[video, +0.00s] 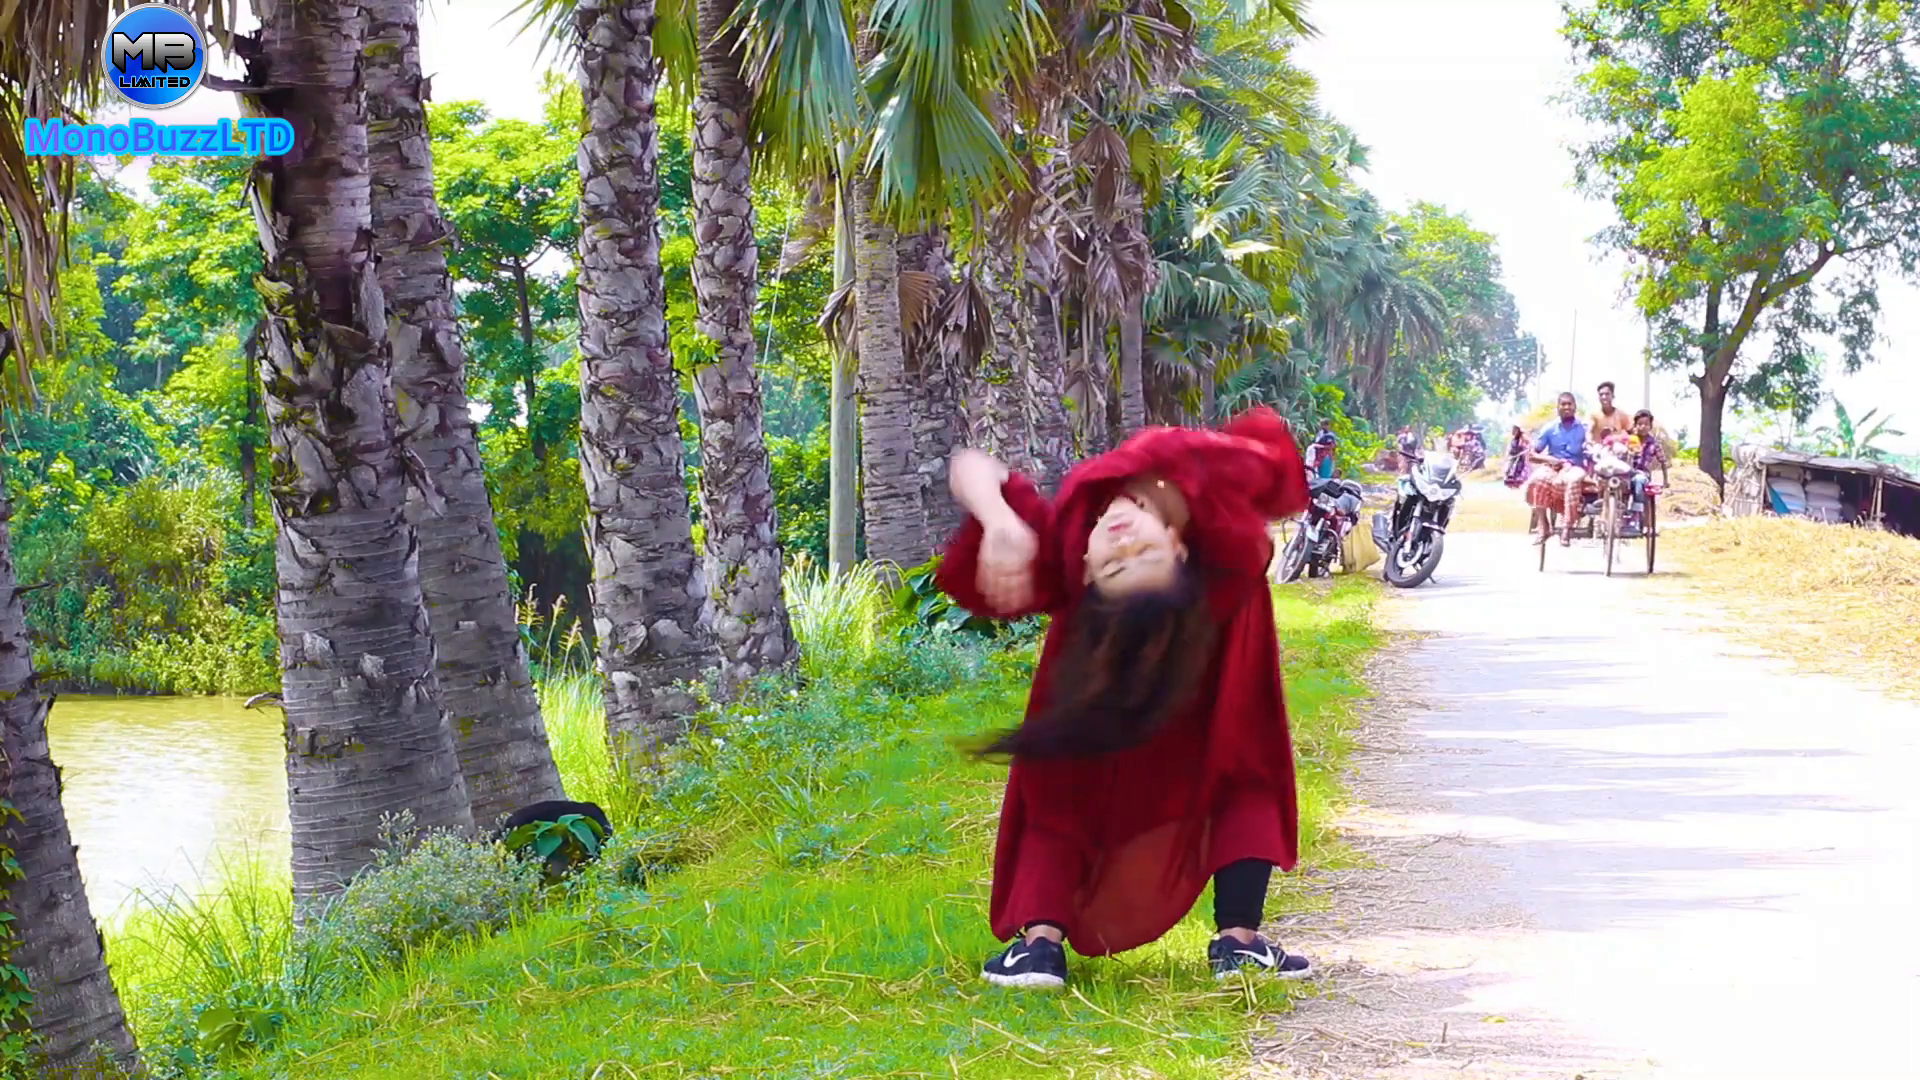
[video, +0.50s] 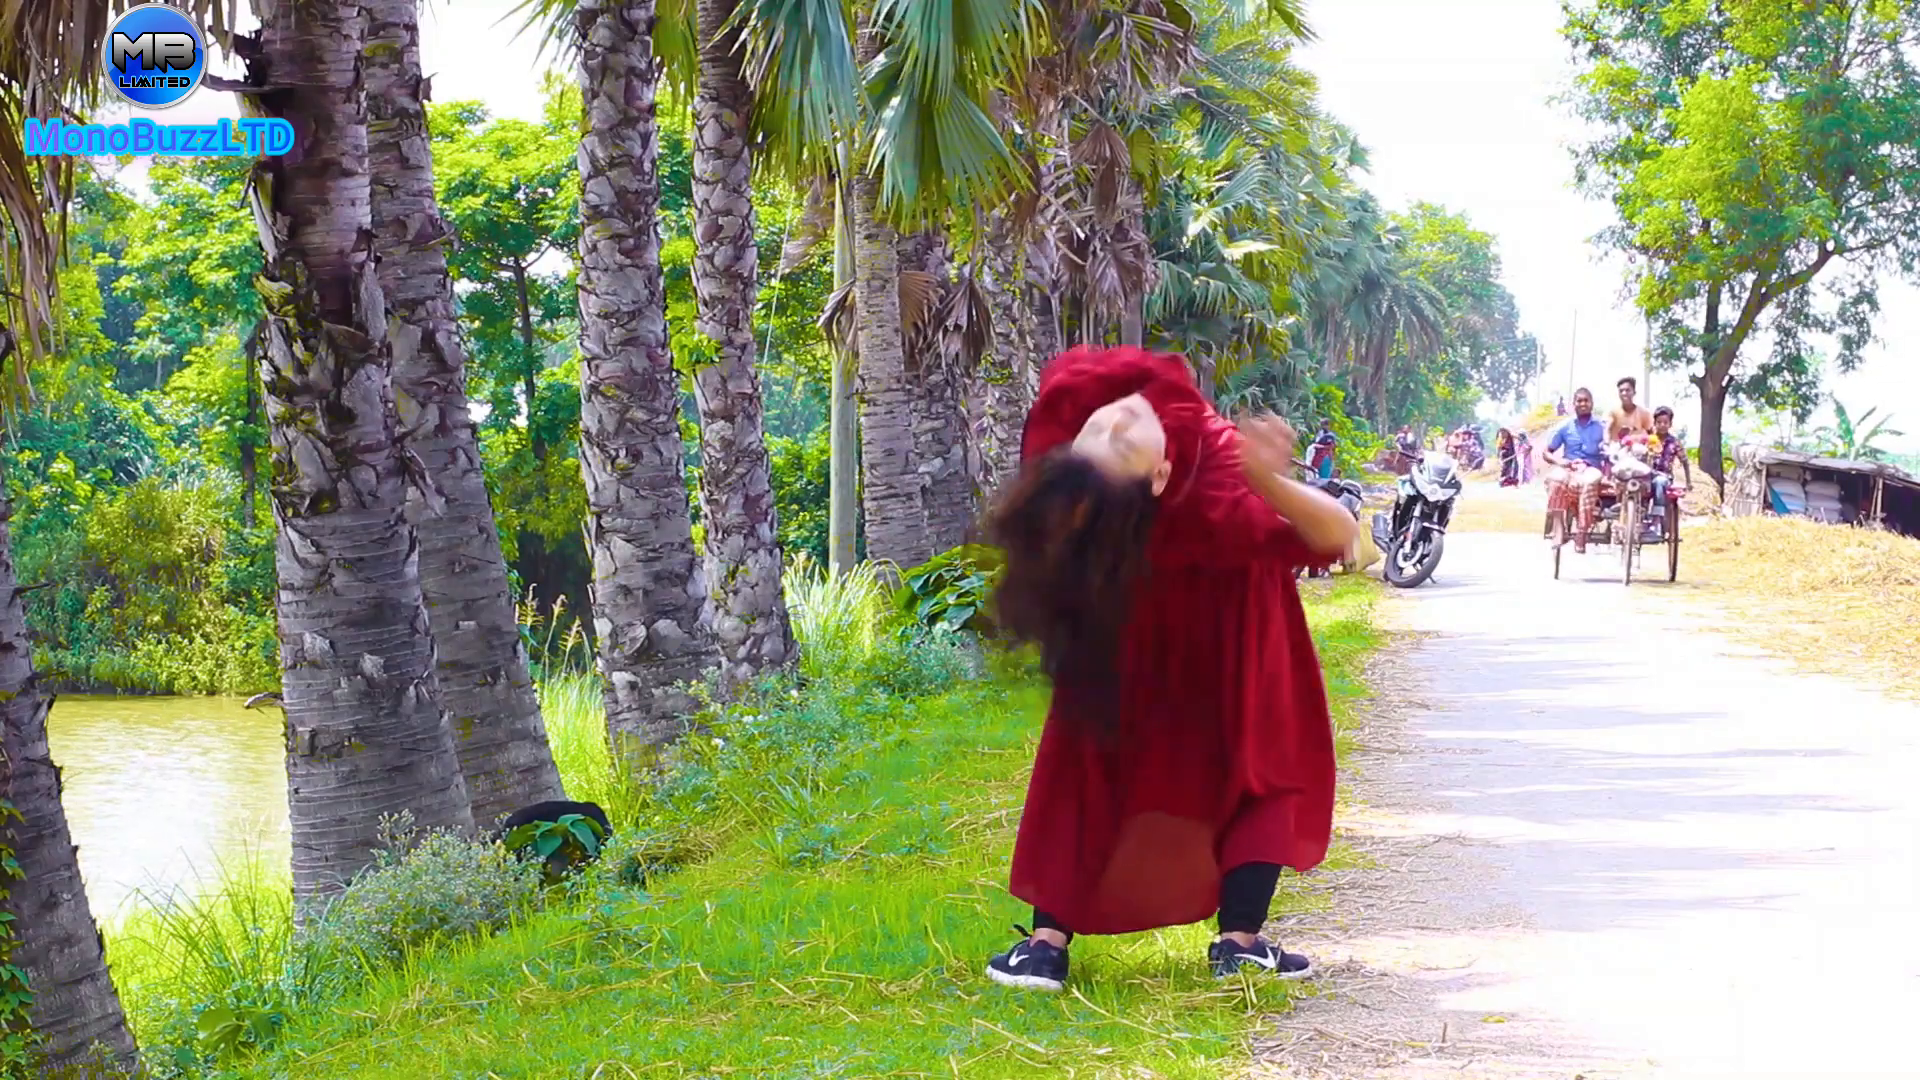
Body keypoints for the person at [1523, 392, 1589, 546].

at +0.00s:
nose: (1567, 407)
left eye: (1570, 404)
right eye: (1563, 404)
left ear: (1575, 406)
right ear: (1558, 407)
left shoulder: (1583, 429)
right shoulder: (1551, 429)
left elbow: (1589, 452)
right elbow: (1531, 453)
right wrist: (1550, 460)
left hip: (1574, 465)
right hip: (1552, 463)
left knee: (1572, 482)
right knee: (1537, 481)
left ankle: (1567, 527)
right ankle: (1543, 526)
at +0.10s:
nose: (1570, 406)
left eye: (1573, 403)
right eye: (1566, 403)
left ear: (1579, 405)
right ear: (1561, 407)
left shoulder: (1587, 428)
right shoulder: (1554, 427)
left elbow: (1592, 450)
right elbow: (1535, 453)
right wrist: (1551, 459)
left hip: (1578, 465)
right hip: (1555, 463)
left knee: (1576, 481)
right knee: (1541, 479)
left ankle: (1571, 527)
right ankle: (1544, 524)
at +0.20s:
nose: (1573, 406)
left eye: (1576, 402)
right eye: (1569, 403)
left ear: (1582, 405)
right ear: (1564, 406)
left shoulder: (1590, 429)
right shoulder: (1557, 427)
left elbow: (1596, 451)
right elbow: (1537, 453)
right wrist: (1553, 458)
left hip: (1581, 465)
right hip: (1559, 463)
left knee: (1580, 481)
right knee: (1546, 479)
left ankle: (1574, 526)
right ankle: (1547, 524)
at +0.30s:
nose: (1576, 405)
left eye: (1580, 402)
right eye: (1573, 402)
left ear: (1585, 404)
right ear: (1568, 406)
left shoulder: (1593, 428)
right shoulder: (1560, 427)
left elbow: (1600, 450)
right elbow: (1539, 453)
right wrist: (1557, 458)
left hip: (1585, 465)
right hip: (1562, 463)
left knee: (1584, 482)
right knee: (1549, 480)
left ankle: (1576, 528)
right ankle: (1551, 523)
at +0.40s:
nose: (1579, 405)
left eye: (1583, 401)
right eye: (1575, 401)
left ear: (1588, 404)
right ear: (1571, 405)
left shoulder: (1597, 428)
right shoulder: (1564, 427)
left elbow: (1604, 451)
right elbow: (1543, 453)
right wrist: (1559, 460)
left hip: (1587, 466)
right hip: (1565, 464)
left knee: (1587, 481)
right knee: (1553, 478)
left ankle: (1579, 528)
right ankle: (1553, 525)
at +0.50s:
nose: (1582, 404)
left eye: (1586, 400)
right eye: (1579, 401)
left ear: (1592, 403)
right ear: (1574, 404)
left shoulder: (1600, 427)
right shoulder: (1567, 427)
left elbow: (1606, 450)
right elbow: (1546, 453)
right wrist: (1560, 461)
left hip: (1591, 466)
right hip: (1568, 465)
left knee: (1590, 483)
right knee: (1555, 480)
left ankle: (1582, 531)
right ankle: (1558, 529)